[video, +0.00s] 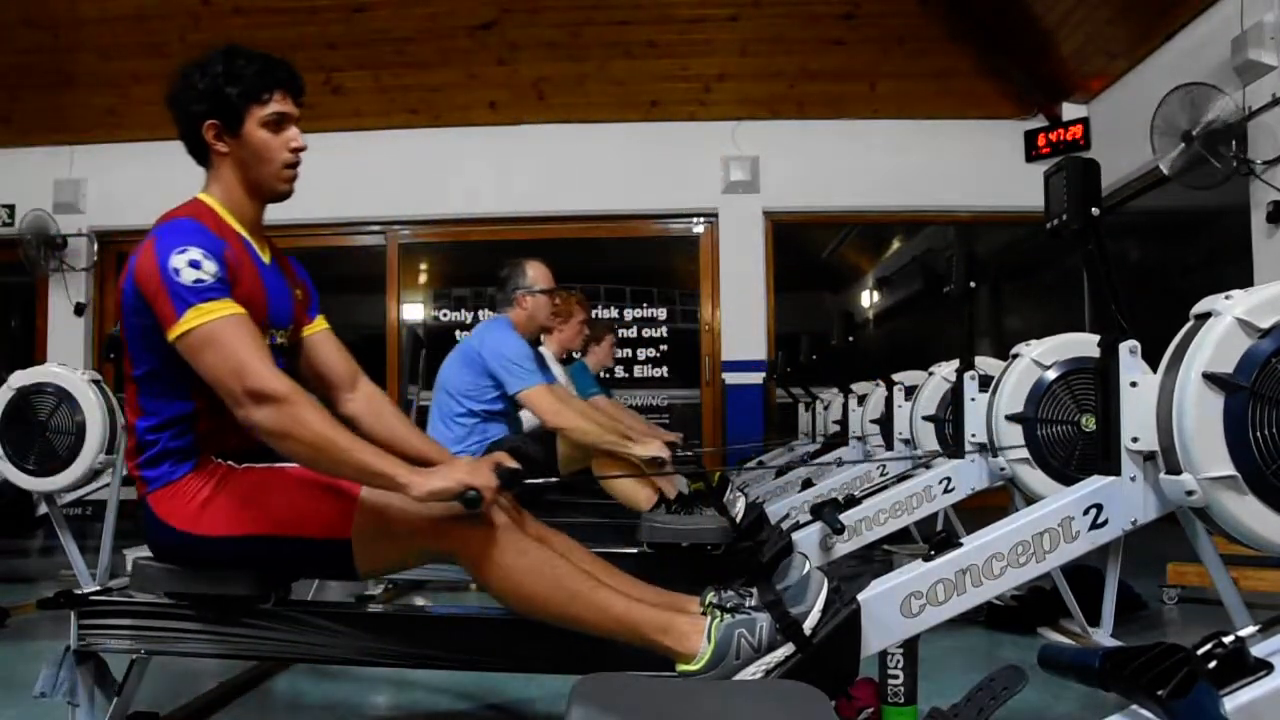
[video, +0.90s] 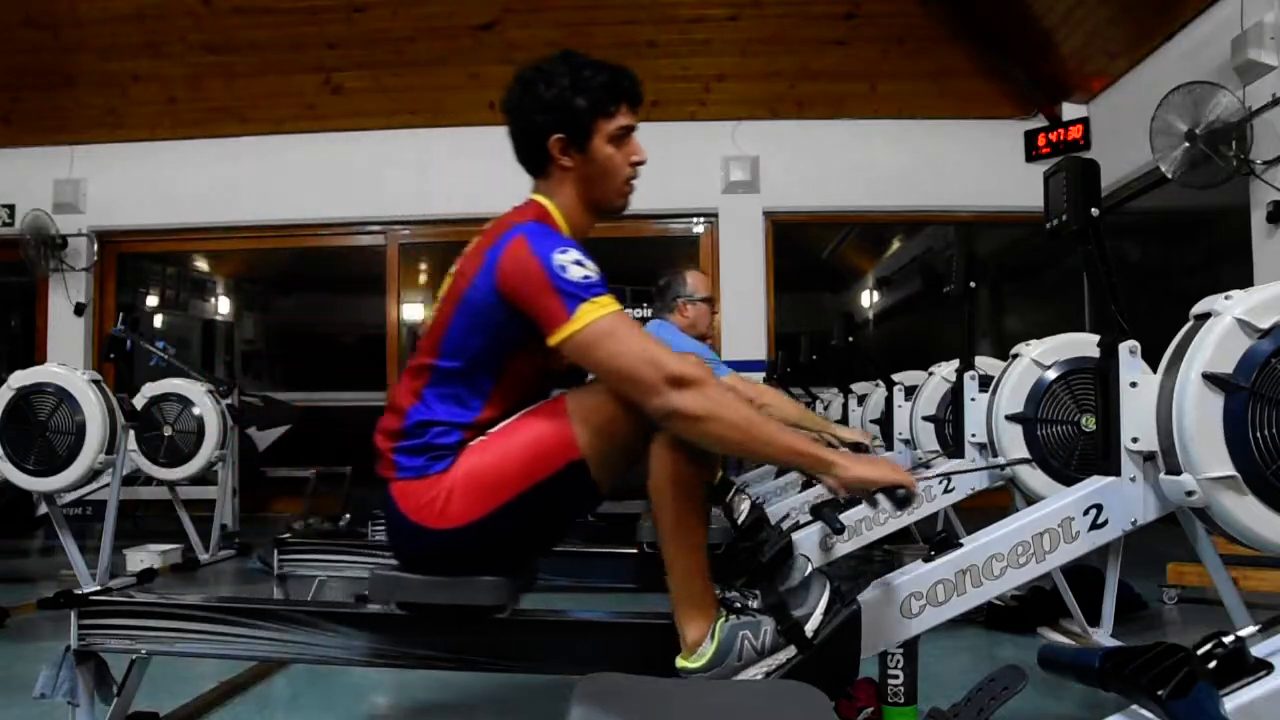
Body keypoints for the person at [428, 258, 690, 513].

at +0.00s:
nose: (557, 302)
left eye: (555, 293)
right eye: (549, 294)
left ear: (524, 301)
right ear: (522, 300)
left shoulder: (518, 341)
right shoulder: (500, 339)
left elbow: (570, 404)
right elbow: (554, 415)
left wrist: (636, 440)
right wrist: (636, 448)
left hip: (497, 450)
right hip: (474, 459)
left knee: (603, 440)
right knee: (593, 442)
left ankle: (664, 514)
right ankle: (663, 515)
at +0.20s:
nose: (602, 307)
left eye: (601, 298)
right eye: (594, 298)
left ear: (569, 304)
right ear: (568, 303)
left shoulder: (560, 342)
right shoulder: (548, 342)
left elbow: (623, 404)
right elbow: (615, 411)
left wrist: (693, 442)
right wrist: (690, 448)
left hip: (534, 444)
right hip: (513, 453)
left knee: (641, 419)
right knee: (624, 427)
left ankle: (684, 505)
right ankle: (674, 515)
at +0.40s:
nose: (653, 312)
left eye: (651, 303)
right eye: (645, 302)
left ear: (618, 310)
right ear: (618, 309)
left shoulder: (608, 345)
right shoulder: (599, 345)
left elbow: (674, 407)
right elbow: (670, 411)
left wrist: (737, 441)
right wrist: (747, 453)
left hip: (566, 439)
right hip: (553, 446)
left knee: (667, 413)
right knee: (660, 413)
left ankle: (678, 507)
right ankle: (674, 511)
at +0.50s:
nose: (674, 312)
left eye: (672, 303)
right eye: (667, 303)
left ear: (640, 311)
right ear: (641, 310)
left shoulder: (617, 341)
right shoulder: (623, 345)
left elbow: (689, 416)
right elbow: (694, 411)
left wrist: (756, 445)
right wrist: (772, 453)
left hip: (568, 433)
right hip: (570, 440)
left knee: (678, 409)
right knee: (676, 411)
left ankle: (676, 502)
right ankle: (681, 505)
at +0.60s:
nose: (693, 312)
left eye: (691, 305)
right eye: (686, 305)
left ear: (659, 312)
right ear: (661, 311)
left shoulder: (637, 340)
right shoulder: (644, 344)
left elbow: (709, 416)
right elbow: (716, 407)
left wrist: (772, 444)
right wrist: (795, 450)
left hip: (586, 432)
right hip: (589, 438)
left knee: (695, 409)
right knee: (691, 410)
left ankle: (697, 500)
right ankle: (687, 502)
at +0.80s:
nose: (716, 313)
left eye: (715, 305)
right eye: (710, 306)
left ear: (682, 312)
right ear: (683, 311)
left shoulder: (664, 340)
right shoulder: (672, 344)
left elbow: (739, 413)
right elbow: (749, 403)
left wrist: (796, 439)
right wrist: (828, 439)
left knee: (713, 406)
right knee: (706, 408)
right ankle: (694, 498)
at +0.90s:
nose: (715, 311)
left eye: (713, 303)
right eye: (709, 303)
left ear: (682, 309)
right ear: (683, 309)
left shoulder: (669, 337)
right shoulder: (669, 338)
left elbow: (746, 397)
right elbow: (751, 395)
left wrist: (820, 436)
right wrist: (833, 429)